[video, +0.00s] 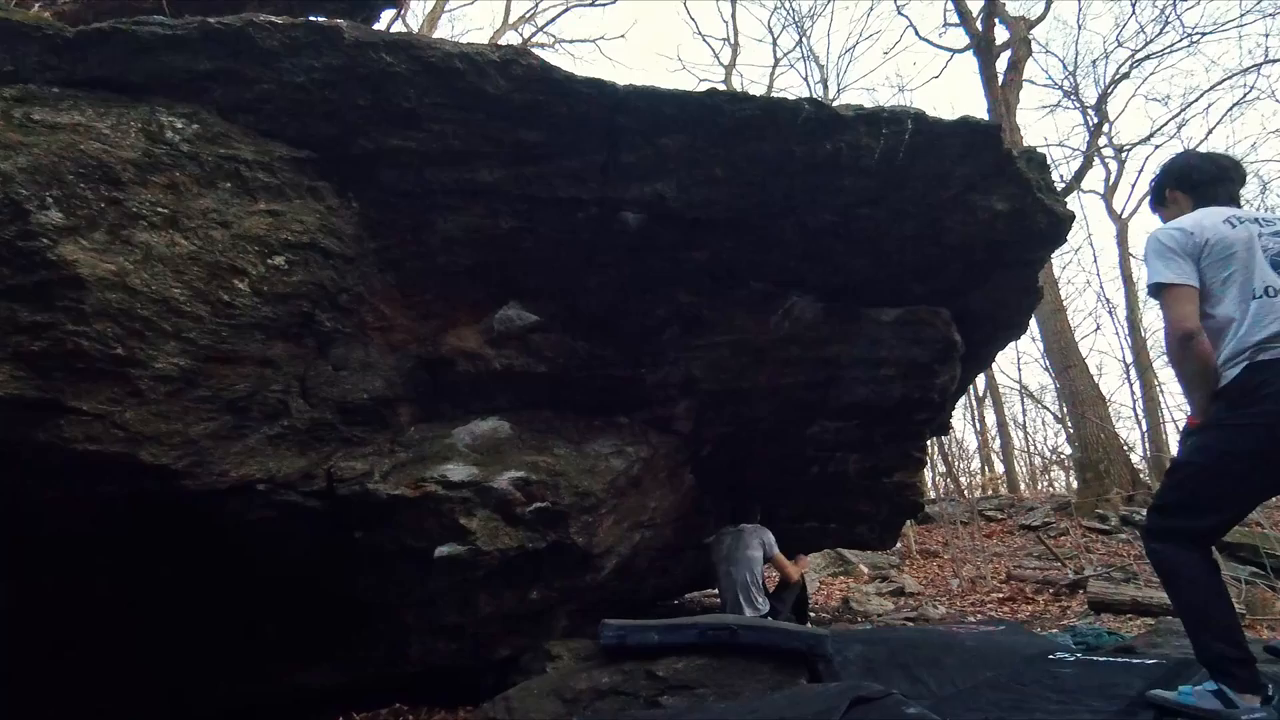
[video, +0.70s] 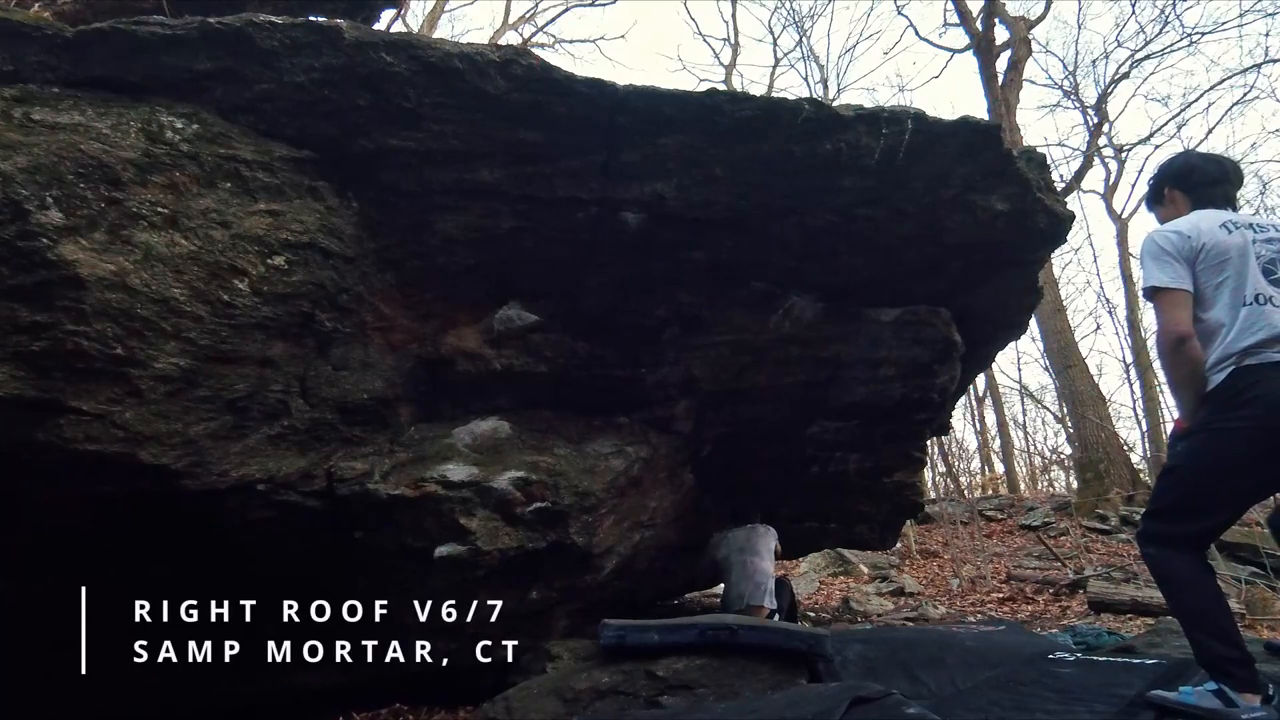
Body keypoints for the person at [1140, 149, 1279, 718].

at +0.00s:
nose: (1162, 216)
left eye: (1161, 208)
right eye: (1160, 209)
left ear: (1176, 199)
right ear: (1229, 193)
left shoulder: (1176, 232)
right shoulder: (1270, 224)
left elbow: (1185, 333)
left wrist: (1205, 410)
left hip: (1265, 389)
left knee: (1172, 531)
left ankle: (1237, 683)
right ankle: (1239, 682)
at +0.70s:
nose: (1159, 216)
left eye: (1159, 207)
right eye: (1157, 209)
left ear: (1174, 198)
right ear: (1226, 194)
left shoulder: (1172, 235)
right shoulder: (1269, 227)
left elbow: (1178, 334)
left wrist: (1192, 415)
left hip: (1256, 392)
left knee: (1168, 534)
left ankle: (1236, 683)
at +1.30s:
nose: (1148, 224)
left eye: (1146, 215)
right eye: (1145, 216)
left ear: (1163, 205)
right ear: (1215, 200)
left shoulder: (1162, 241)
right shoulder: (1265, 231)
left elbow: (1170, 343)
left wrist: (1186, 420)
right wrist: (1140, 350)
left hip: (1247, 392)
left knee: (1166, 537)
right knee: (1232, 523)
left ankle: (1236, 684)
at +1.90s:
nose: (1148, 226)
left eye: (1146, 217)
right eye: (1145, 218)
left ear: (1161, 210)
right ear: (1214, 203)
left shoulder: (1162, 244)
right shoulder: (1265, 233)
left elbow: (1171, 344)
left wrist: (1188, 421)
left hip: (1254, 394)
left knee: (1165, 533)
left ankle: (1237, 685)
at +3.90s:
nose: (1146, 224)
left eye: (1149, 211)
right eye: (1141, 218)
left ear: (1190, 193)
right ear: (1202, 198)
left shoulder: (1191, 234)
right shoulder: (1264, 237)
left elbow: (1199, 336)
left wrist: (1191, 413)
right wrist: (1198, 410)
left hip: (1257, 396)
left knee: (1163, 535)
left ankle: (1235, 684)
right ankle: (1238, 681)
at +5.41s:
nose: (1106, 253)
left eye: (1101, 242)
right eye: (1099, 245)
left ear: (1111, 229)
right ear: (1157, 214)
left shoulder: (1141, 241)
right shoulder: (1225, 247)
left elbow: (1176, 324)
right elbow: (1268, 300)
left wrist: (1175, 410)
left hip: (1245, 382)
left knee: (1161, 532)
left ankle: (1237, 686)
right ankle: (1243, 684)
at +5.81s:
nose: (1041, 275)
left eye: (1039, 265)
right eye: (1036, 267)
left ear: (1050, 257)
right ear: (1095, 243)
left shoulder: (1075, 267)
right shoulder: (1150, 271)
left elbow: (1120, 339)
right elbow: (1212, 329)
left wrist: (1133, 417)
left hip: (1192, 397)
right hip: (1261, 388)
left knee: (1151, 545)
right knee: (1275, 542)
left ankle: (1239, 697)